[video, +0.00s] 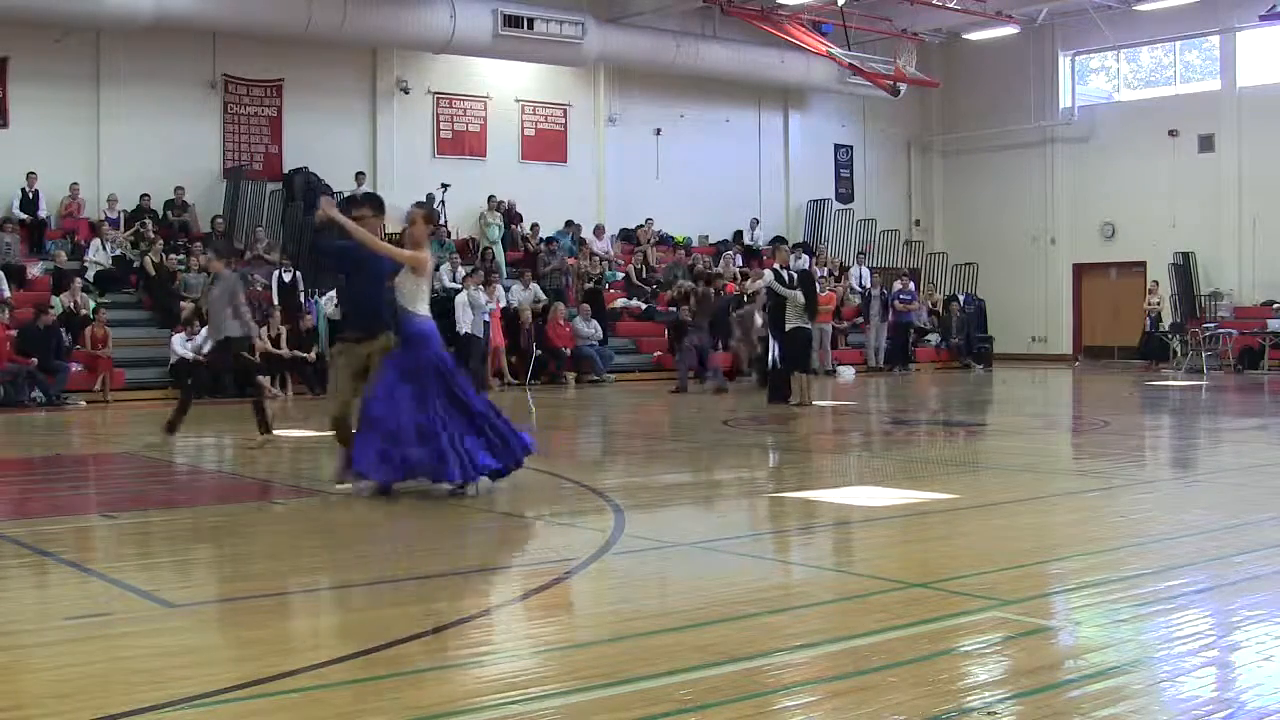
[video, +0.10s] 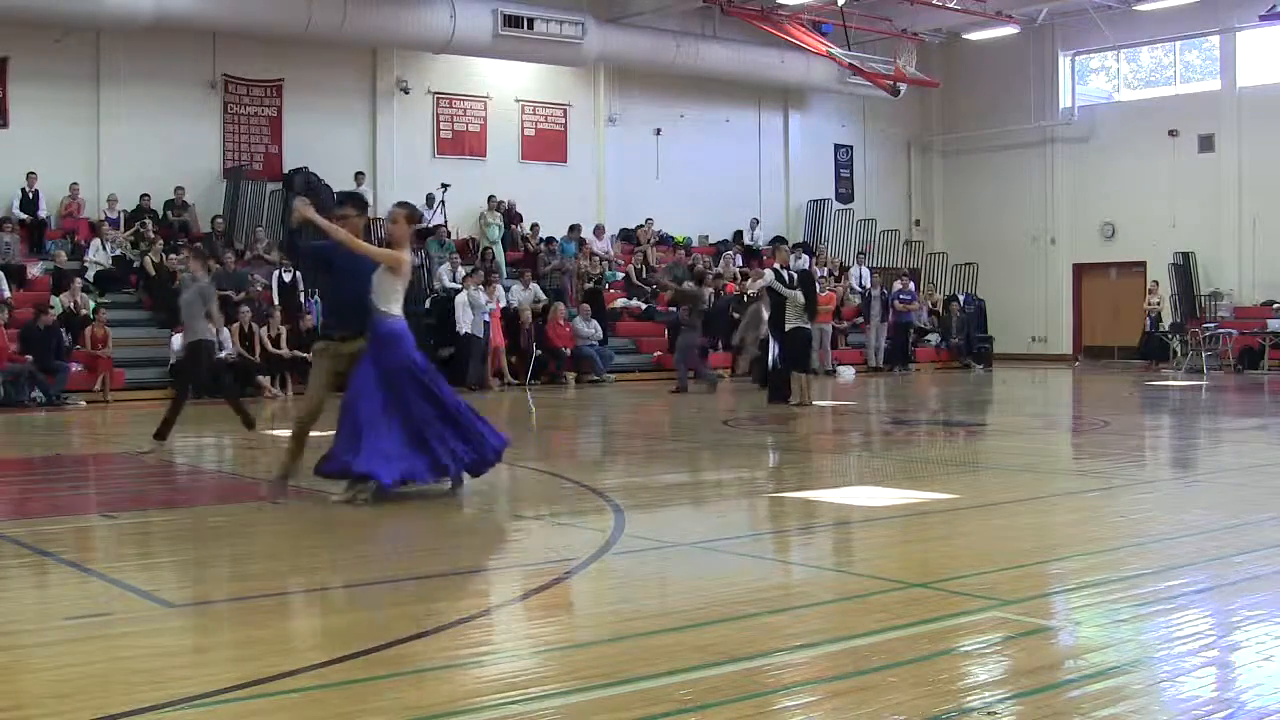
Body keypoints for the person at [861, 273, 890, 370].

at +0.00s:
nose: (875, 280)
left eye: (877, 277)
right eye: (873, 277)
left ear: (880, 279)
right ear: (871, 279)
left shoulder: (885, 292)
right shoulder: (867, 292)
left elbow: (887, 306)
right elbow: (864, 307)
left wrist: (886, 318)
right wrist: (866, 321)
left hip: (882, 320)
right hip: (871, 320)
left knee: (882, 342)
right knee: (870, 342)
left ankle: (880, 363)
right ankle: (871, 363)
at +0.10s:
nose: (875, 280)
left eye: (877, 277)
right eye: (873, 277)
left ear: (880, 279)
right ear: (871, 279)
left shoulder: (885, 292)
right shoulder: (866, 293)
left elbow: (887, 307)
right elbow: (864, 308)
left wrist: (886, 319)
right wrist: (866, 321)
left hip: (882, 320)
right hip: (871, 320)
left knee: (881, 342)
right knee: (871, 342)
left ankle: (880, 363)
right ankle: (871, 363)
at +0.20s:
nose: (875, 280)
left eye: (877, 277)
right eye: (873, 277)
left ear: (880, 279)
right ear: (871, 279)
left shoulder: (885, 292)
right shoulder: (867, 293)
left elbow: (887, 307)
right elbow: (865, 308)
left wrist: (886, 319)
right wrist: (866, 321)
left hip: (882, 320)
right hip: (871, 320)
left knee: (881, 342)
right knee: (871, 342)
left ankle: (880, 363)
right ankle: (871, 363)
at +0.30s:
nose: (876, 281)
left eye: (878, 279)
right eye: (874, 279)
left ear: (881, 281)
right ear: (872, 281)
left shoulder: (886, 293)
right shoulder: (867, 293)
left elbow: (888, 307)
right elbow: (865, 308)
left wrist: (887, 318)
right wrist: (867, 320)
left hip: (883, 321)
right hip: (872, 321)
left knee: (881, 343)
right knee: (871, 342)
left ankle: (880, 363)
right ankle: (871, 363)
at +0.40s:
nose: (876, 280)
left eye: (878, 278)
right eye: (874, 278)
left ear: (881, 280)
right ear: (872, 280)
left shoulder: (886, 293)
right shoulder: (867, 294)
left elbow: (888, 308)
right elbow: (865, 309)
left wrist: (888, 319)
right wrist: (867, 321)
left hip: (883, 321)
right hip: (872, 321)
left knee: (882, 343)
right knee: (871, 343)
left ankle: (880, 363)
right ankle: (871, 363)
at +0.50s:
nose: (876, 280)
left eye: (878, 278)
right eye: (874, 278)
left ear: (881, 280)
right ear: (871, 280)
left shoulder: (886, 293)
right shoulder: (867, 294)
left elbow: (889, 308)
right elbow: (865, 309)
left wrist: (888, 319)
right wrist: (867, 321)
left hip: (884, 322)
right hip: (872, 322)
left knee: (882, 344)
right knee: (871, 343)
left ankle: (879, 364)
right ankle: (869, 363)